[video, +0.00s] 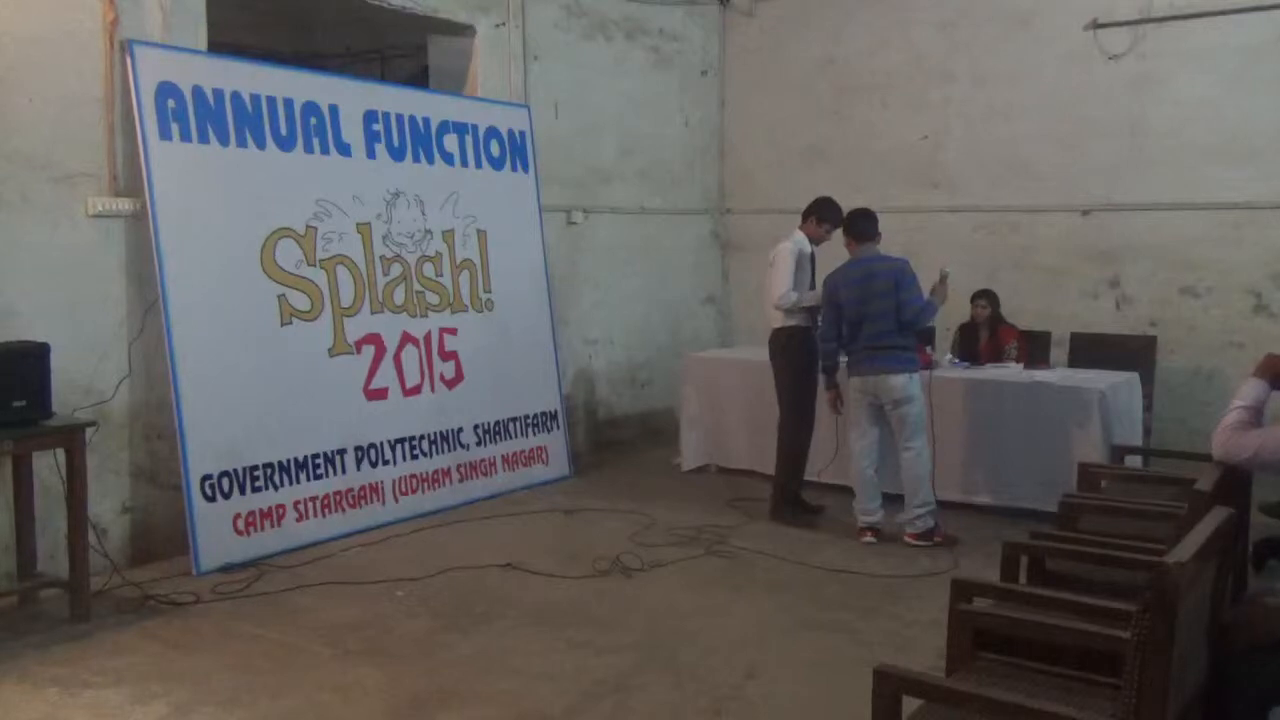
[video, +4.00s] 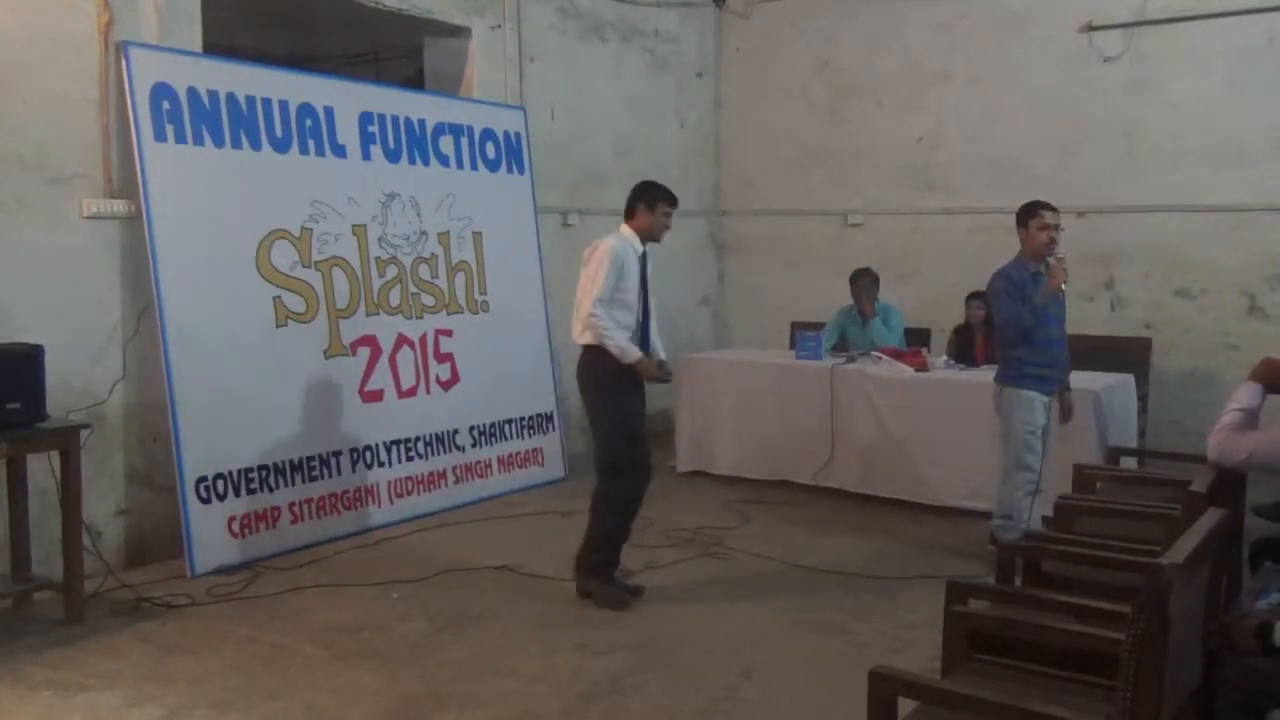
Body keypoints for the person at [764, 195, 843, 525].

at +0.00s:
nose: (828, 237)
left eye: (831, 232)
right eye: (827, 230)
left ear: (814, 223)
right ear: (812, 221)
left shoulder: (805, 251)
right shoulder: (789, 250)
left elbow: (797, 298)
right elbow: (781, 298)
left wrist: (824, 298)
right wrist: (821, 296)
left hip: (803, 336)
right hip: (789, 338)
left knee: (802, 420)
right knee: (794, 420)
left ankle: (793, 493)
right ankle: (783, 500)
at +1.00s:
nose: (829, 233)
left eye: (831, 227)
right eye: (827, 226)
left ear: (816, 221)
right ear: (810, 219)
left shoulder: (807, 251)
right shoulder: (788, 249)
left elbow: (800, 297)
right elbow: (778, 298)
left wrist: (823, 304)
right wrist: (819, 300)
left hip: (804, 337)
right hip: (788, 338)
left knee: (804, 423)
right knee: (794, 424)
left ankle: (794, 496)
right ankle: (783, 503)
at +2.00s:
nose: (764, 238)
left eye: (767, 230)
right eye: (756, 233)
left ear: (777, 223)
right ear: (747, 233)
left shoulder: (799, 253)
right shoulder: (739, 262)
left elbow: (811, 293)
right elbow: (726, 310)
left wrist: (803, 324)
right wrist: (763, 330)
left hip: (791, 351)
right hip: (754, 352)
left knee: (797, 427)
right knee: (757, 431)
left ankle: (792, 491)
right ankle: (759, 505)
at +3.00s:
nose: (626, 229)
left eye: (633, 222)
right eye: (619, 223)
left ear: (645, 222)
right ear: (608, 223)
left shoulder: (664, 265)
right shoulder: (593, 263)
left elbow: (652, 322)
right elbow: (576, 321)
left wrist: (617, 365)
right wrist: (554, 366)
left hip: (652, 371)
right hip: (607, 370)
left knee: (664, 461)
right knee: (592, 468)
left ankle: (693, 544)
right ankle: (569, 566)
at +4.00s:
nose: (669, 225)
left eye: (671, 218)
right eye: (664, 216)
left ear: (649, 215)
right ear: (641, 211)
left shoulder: (639, 254)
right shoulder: (613, 249)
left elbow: (643, 317)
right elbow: (591, 313)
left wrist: (656, 356)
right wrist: (635, 357)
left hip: (624, 367)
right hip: (604, 365)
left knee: (632, 469)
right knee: (623, 470)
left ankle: (603, 567)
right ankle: (593, 572)